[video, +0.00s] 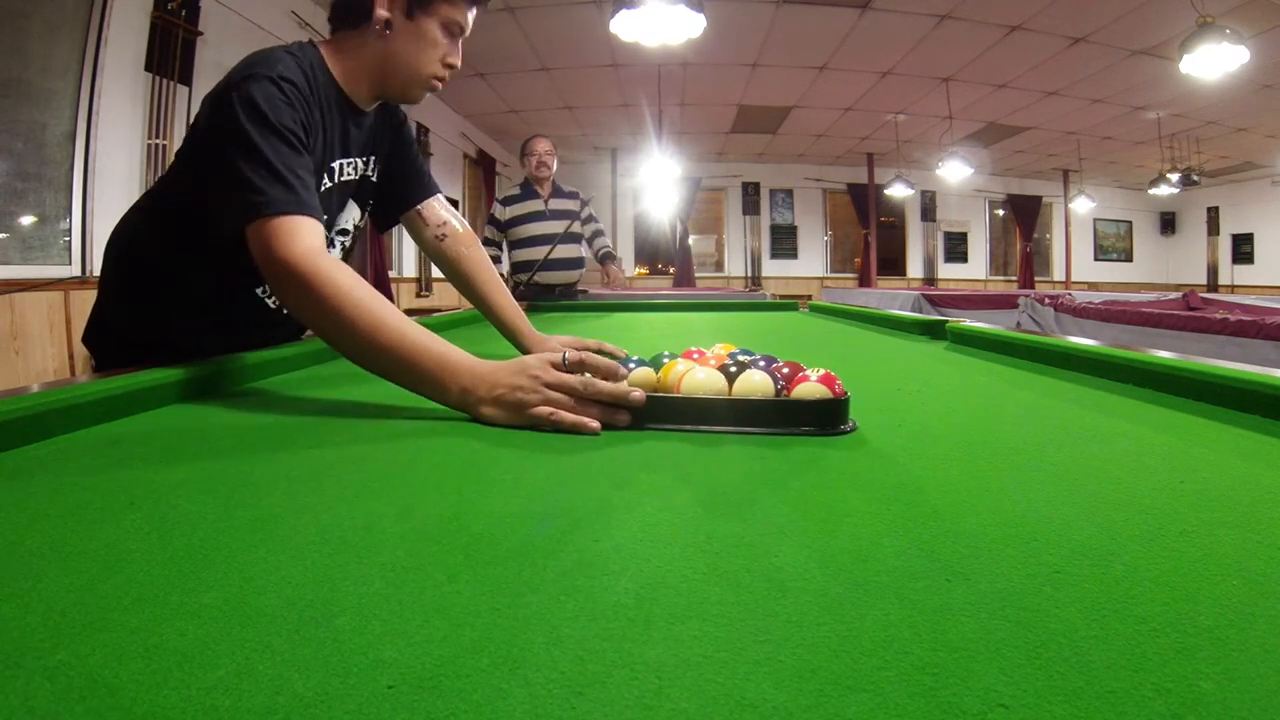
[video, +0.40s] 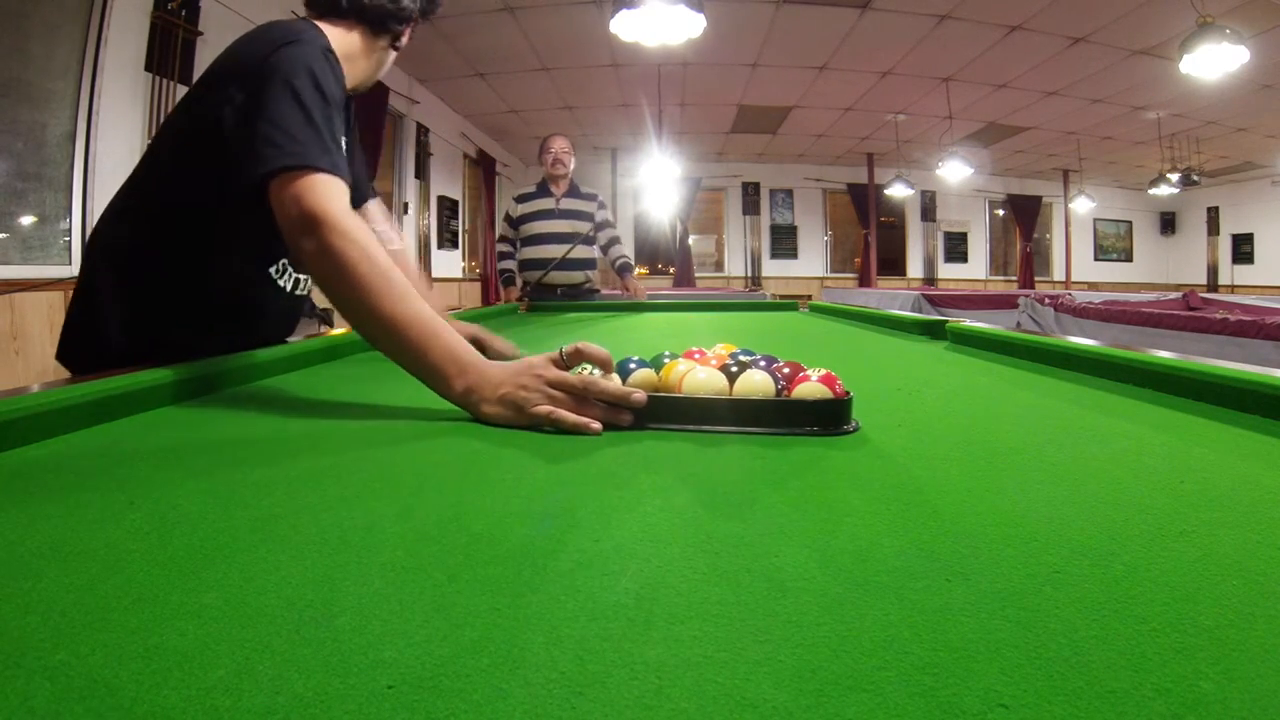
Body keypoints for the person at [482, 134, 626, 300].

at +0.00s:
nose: (542, 158)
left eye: (548, 153)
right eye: (534, 154)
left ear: (556, 160)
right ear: (524, 163)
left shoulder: (575, 199)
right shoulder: (506, 203)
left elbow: (595, 234)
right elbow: (491, 248)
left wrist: (609, 263)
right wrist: (496, 284)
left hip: (569, 296)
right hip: (527, 298)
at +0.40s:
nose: (557, 155)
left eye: (564, 151)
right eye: (550, 152)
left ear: (574, 160)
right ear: (541, 161)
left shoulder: (592, 201)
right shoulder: (521, 201)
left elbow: (610, 241)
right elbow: (505, 244)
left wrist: (627, 275)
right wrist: (509, 285)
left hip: (583, 298)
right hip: (538, 299)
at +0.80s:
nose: (593, 154)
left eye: (601, 150)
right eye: (586, 150)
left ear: (611, 158)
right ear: (578, 158)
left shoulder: (625, 204)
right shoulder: (555, 199)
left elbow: (638, 246)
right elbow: (539, 242)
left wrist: (646, 283)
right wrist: (540, 282)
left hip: (611, 299)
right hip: (565, 298)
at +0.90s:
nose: (601, 155)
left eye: (610, 149)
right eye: (595, 150)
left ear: (619, 158)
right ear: (587, 158)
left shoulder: (634, 204)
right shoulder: (564, 198)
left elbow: (645, 247)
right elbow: (546, 240)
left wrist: (648, 285)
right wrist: (546, 282)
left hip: (616, 300)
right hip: (571, 298)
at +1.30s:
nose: (610, 156)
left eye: (618, 151)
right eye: (603, 150)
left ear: (629, 159)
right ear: (594, 157)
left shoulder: (639, 202)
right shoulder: (570, 196)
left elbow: (647, 245)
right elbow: (551, 241)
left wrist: (648, 286)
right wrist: (548, 284)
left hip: (619, 299)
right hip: (574, 296)